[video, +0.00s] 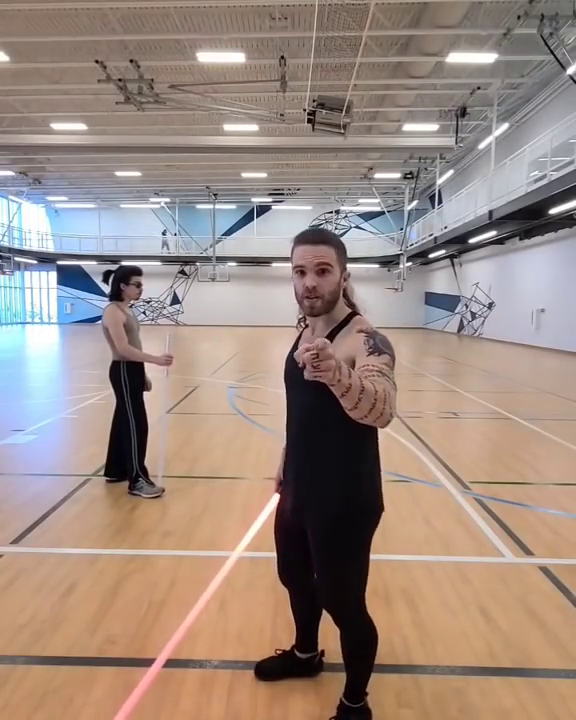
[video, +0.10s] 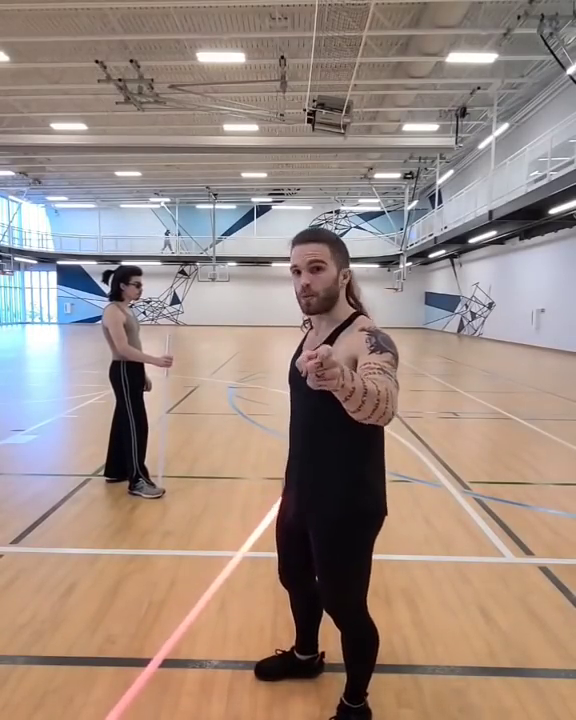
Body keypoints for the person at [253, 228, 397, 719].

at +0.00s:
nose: (309, 283)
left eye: (322, 271)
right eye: (300, 272)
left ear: (344, 276)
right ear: (291, 277)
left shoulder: (367, 343)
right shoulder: (303, 332)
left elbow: (381, 410)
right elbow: (301, 414)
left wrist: (336, 374)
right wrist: (286, 468)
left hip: (346, 494)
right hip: (301, 483)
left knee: (344, 600)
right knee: (295, 570)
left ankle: (355, 700)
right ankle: (306, 651)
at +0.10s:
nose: (303, 281)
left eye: (315, 269)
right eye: (296, 272)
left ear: (344, 275)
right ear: (291, 279)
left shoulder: (369, 340)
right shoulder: (312, 332)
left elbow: (383, 408)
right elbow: (310, 419)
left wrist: (341, 379)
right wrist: (296, 478)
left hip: (348, 495)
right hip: (303, 485)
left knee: (345, 602)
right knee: (295, 572)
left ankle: (356, 700)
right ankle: (306, 653)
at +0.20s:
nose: (303, 280)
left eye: (315, 268)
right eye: (296, 271)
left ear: (345, 276)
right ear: (292, 280)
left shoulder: (368, 337)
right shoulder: (319, 333)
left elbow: (383, 404)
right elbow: (313, 422)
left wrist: (340, 388)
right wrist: (298, 481)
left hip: (349, 497)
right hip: (306, 488)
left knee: (346, 605)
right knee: (296, 574)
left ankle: (356, 701)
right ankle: (307, 657)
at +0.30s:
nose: (305, 281)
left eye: (318, 271)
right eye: (299, 273)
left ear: (346, 279)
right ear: (294, 281)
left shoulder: (367, 338)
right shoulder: (321, 333)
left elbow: (380, 403)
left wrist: (335, 414)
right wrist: (300, 482)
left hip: (350, 501)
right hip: (308, 491)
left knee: (348, 608)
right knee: (299, 579)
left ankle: (356, 703)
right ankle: (306, 663)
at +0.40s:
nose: (305, 285)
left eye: (318, 273)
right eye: (299, 276)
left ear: (345, 281)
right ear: (293, 283)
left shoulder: (366, 340)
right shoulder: (323, 335)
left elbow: (380, 413)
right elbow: (326, 416)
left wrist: (321, 458)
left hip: (350, 504)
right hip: (309, 494)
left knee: (348, 610)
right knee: (300, 583)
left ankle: (357, 703)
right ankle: (307, 666)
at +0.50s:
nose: (304, 284)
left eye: (316, 273)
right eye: (297, 276)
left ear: (343, 280)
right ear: (292, 284)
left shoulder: (365, 339)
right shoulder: (324, 337)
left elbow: (377, 424)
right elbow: (323, 426)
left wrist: (322, 495)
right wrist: (304, 490)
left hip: (352, 505)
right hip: (309, 494)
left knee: (348, 609)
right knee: (297, 582)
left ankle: (357, 703)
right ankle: (307, 664)